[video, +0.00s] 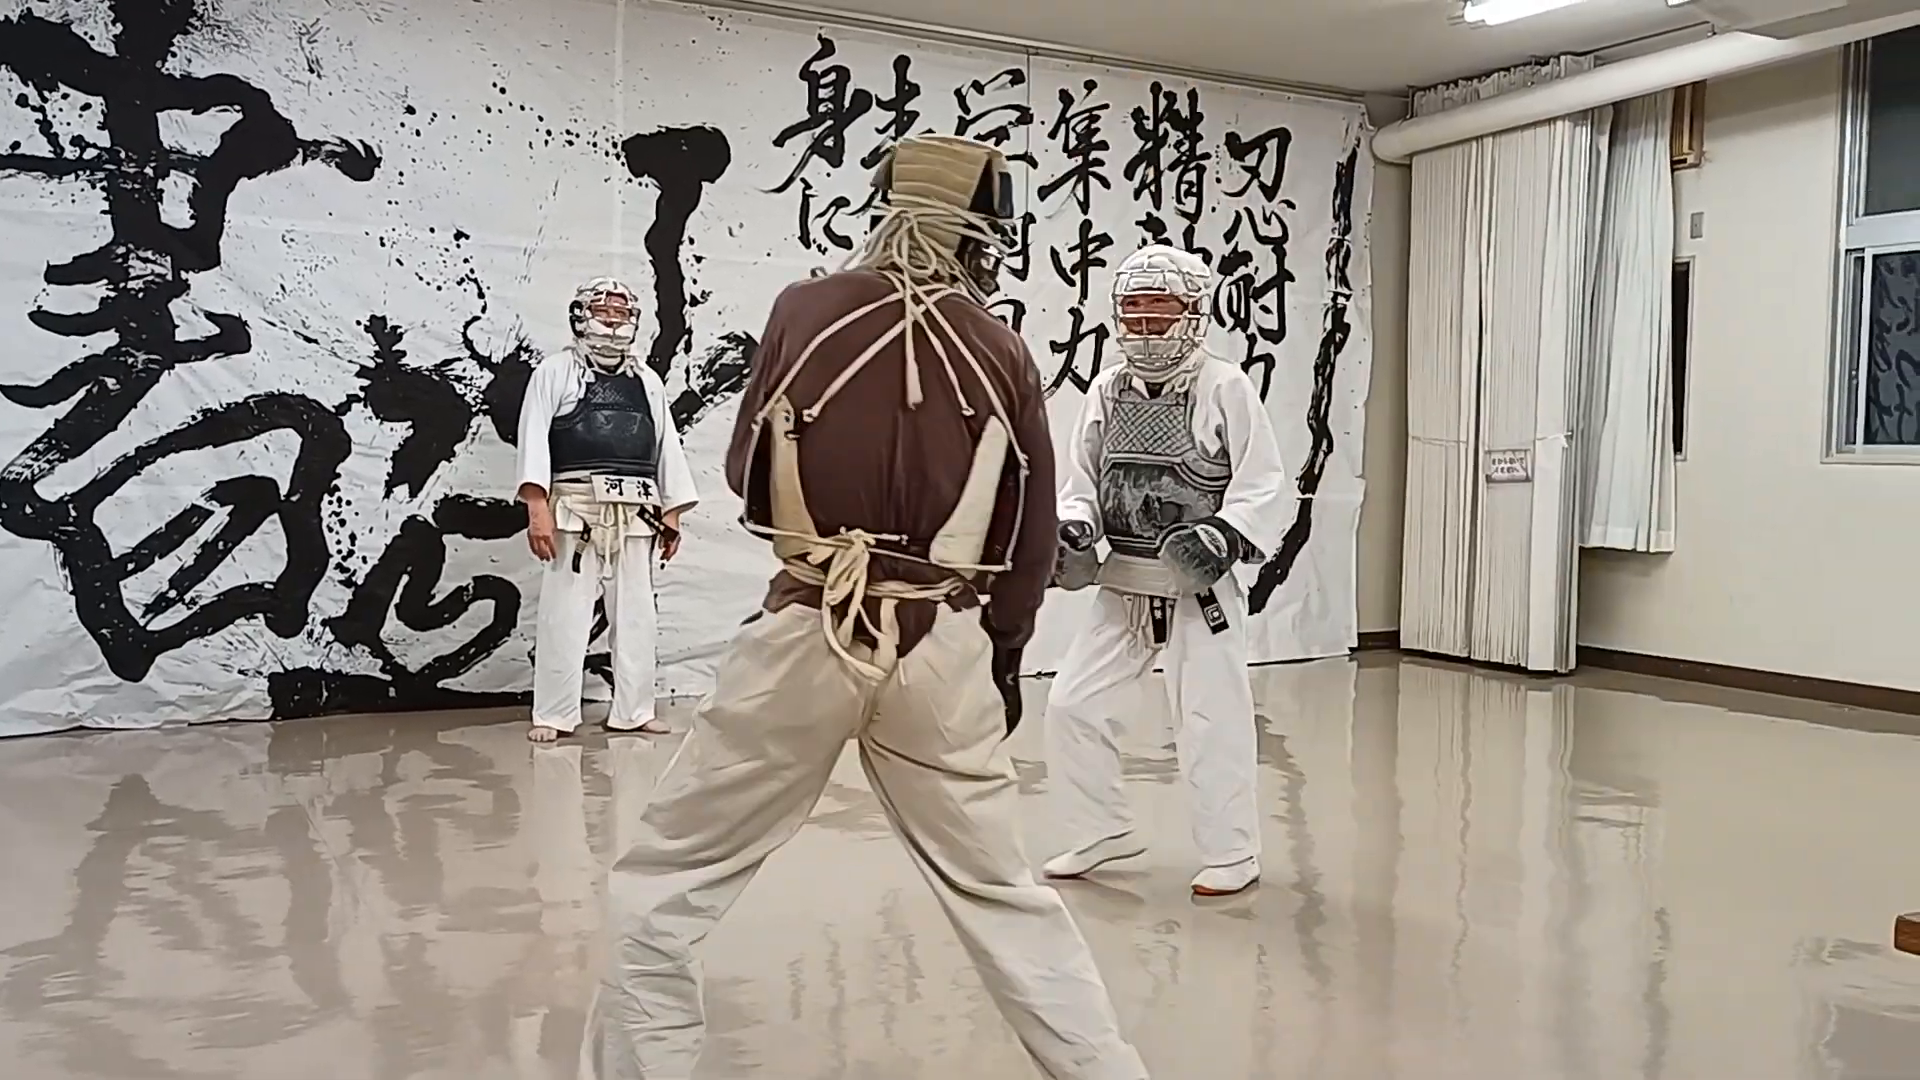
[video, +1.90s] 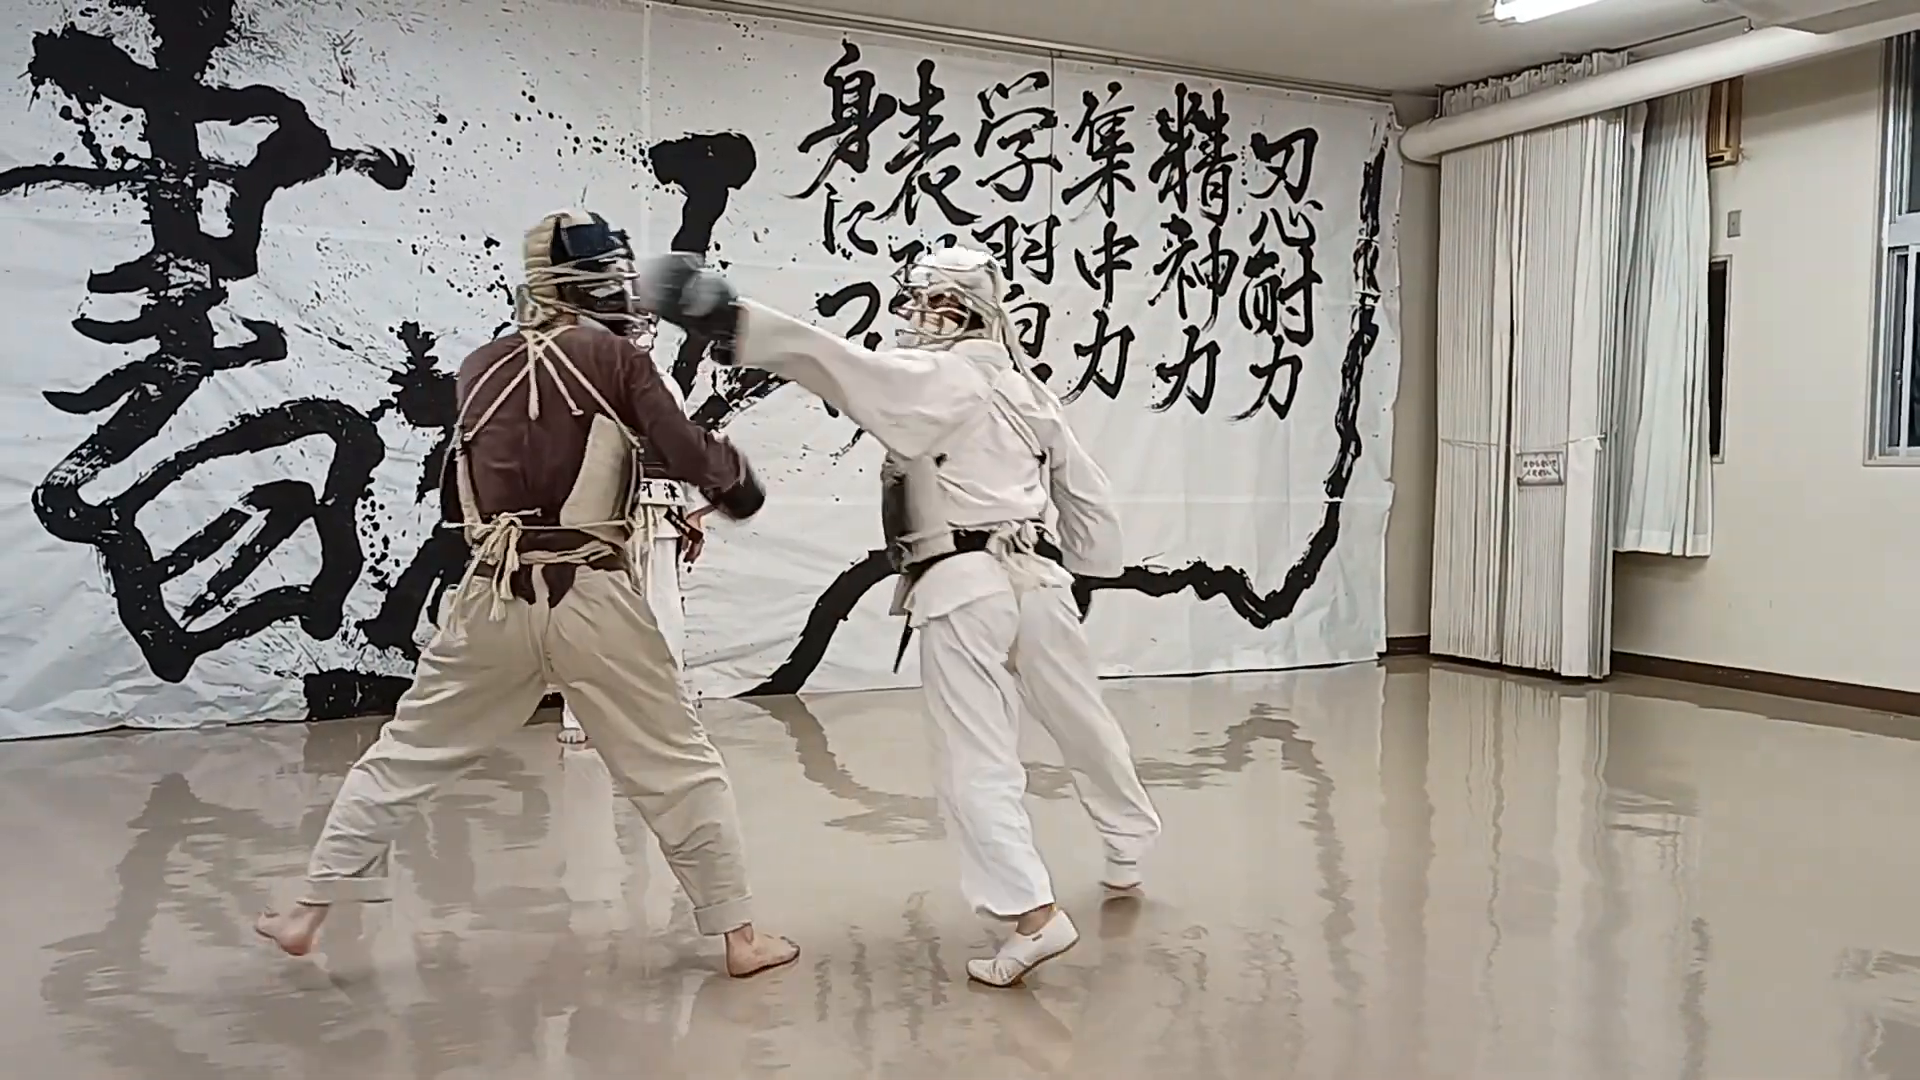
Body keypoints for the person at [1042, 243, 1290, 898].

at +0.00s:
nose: (1144, 321)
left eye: (1160, 308)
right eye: (1133, 308)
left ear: (1191, 313)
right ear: (1118, 315)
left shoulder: (1224, 387)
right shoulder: (1107, 390)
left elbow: (1266, 483)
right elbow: (1079, 481)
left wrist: (1223, 537)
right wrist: (1075, 529)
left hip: (1200, 593)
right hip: (1120, 591)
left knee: (1214, 728)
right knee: (1072, 710)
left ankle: (1230, 855)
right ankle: (1107, 832)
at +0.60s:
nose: (1106, 321)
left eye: (1121, 308)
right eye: (1098, 308)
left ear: (1162, 312)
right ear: (1090, 311)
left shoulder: (1190, 383)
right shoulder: (1104, 390)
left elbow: (1215, 477)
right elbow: (1072, 465)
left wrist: (1142, 463)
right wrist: (1031, 441)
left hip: (1173, 576)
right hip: (1125, 573)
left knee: (1127, 728)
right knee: (1141, 711)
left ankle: (1147, 891)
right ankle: (1198, 809)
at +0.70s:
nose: (1105, 318)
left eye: (1121, 304)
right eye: (1098, 305)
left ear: (1161, 303)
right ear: (1091, 306)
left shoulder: (1188, 372)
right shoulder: (1109, 378)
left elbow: (1174, 443)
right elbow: (1080, 458)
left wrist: (1109, 383)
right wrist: (1040, 425)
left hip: (1169, 571)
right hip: (1130, 568)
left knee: (1125, 728)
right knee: (1148, 715)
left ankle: (1145, 889)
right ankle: (1189, 831)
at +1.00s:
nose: (1093, 320)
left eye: (1107, 305)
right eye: (1089, 306)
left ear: (1148, 306)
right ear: (1088, 309)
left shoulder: (1171, 372)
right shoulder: (1122, 379)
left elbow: (1175, 471)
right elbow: (1113, 475)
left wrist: (1083, 446)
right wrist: (1052, 443)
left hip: (1166, 569)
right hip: (1135, 567)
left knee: (1116, 709)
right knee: (1164, 710)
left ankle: (1115, 878)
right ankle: (1192, 842)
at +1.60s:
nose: (1017, 315)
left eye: (1031, 302)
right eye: (1015, 302)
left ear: (1069, 305)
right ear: (1031, 306)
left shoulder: (1079, 379)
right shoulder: (1075, 374)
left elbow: (1096, 490)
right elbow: (1070, 487)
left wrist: (1021, 535)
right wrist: (993, 492)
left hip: (1076, 588)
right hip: (1106, 583)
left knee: (985, 714)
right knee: (1094, 719)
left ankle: (1032, 878)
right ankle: (1148, 865)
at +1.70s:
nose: (989, 331)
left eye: (1003, 316)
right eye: (988, 317)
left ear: (1045, 320)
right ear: (1032, 324)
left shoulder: (1057, 389)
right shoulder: (1052, 387)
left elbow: (1084, 491)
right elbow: (1085, 502)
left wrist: (999, 523)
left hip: (1064, 597)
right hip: (1103, 591)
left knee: (958, 722)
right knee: (1088, 728)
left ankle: (993, 888)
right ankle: (1153, 869)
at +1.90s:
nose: (916, 319)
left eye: (927, 308)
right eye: (917, 307)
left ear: (953, 313)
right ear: (993, 315)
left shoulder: (936, 375)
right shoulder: (1030, 391)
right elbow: (1086, 488)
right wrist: (1089, 562)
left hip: (963, 580)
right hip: (1040, 573)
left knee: (977, 757)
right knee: (1085, 725)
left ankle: (1031, 914)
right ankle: (1129, 850)